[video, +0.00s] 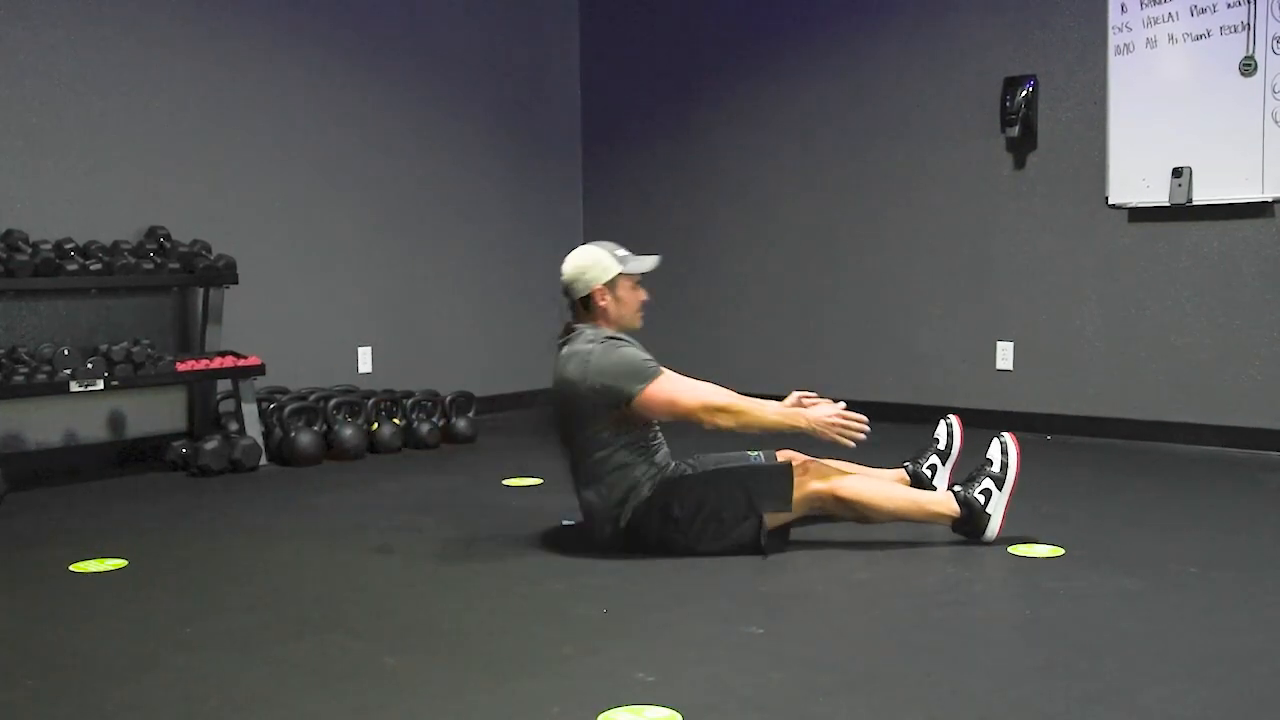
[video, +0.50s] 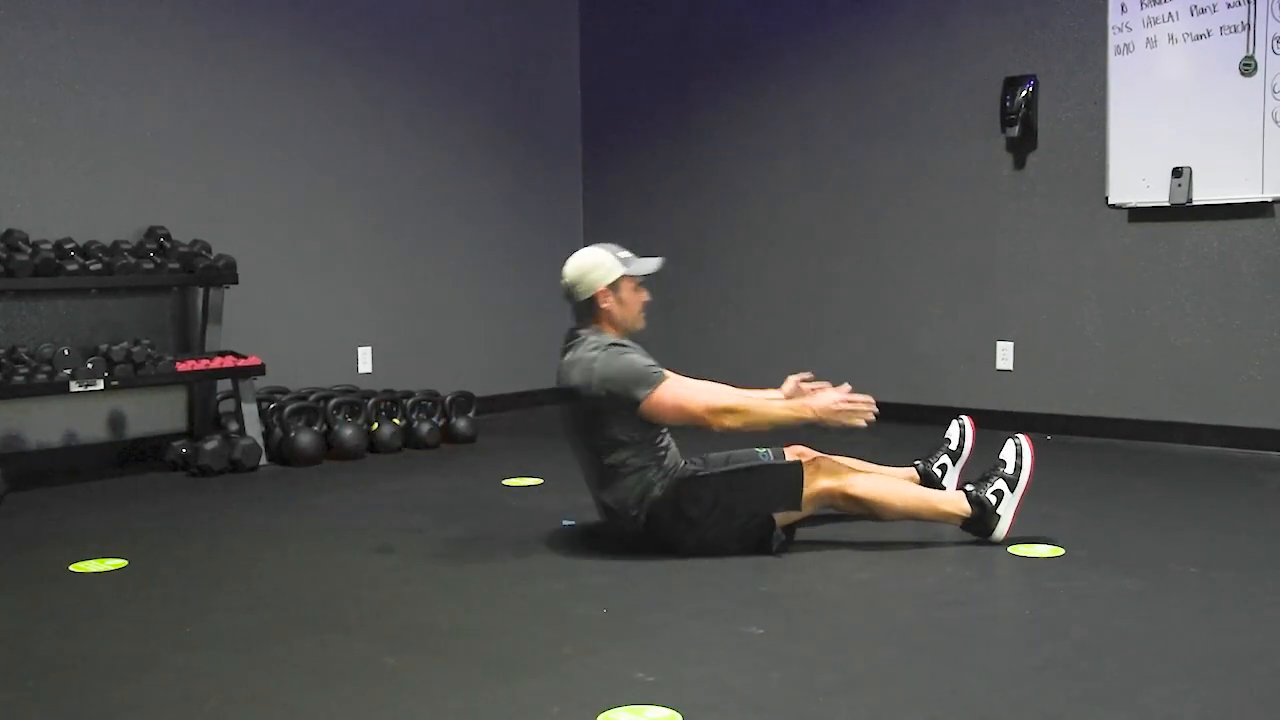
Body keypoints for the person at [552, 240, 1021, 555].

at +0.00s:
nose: (643, 294)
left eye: (638, 284)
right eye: (632, 286)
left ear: (599, 298)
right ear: (600, 299)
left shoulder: (597, 350)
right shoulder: (599, 359)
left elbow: (700, 397)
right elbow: (703, 411)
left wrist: (779, 409)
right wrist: (799, 421)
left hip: (646, 493)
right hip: (640, 510)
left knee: (798, 460)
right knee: (813, 484)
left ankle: (916, 477)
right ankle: (968, 510)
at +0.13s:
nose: (682, 289)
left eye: (679, 279)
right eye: (673, 280)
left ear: (637, 290)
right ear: (644, 288)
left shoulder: (618, 342)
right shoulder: (638, 349)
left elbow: (720, 409)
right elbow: (732, 414)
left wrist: (797, 423)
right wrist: (834, 436)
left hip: (643, 499)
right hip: (651, 510)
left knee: (806, 458)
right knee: (827, 478)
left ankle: (924, 481)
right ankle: (973, 509)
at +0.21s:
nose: (701, 290)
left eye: (699, 280)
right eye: (693, 280)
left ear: (654, 288)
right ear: (663, 287)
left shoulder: (634, 338)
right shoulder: (654, 348)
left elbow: (735, 412)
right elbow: (745, 417)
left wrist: (807, 428)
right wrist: (839, 447)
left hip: (651, 495)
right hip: (655, 508)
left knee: (820, 457)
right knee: (833, 480)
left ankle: (929, 484)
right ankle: (976, 510)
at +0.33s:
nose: (701, 292)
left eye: (698, 282)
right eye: (692, 282)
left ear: (654, 290)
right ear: (663, 288)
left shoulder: (630, 340)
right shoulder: (654, 350)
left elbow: (730, 413)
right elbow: (747, 420)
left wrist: (802, 426)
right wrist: (843, 442)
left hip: (654, 498)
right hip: (662, 510)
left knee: (823, 457)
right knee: (836, 478)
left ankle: (929, 480)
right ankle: (982, 509)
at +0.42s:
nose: (679, 291)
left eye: (675, 282)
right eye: (670, 283)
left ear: (637, 292)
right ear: (640, 292)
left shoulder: (621, 345)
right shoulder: (633, 354)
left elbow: (719, 404)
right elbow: (733, 418)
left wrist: (800, 417)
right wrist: (833, 430)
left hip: (660, 496)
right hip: (662, 508)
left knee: (811, 458)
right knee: (830, 477)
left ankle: (926, 476)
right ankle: (982, 507)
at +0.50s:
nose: (644, 295)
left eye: (639, 285)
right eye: (633, 287)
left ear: (602, 300)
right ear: (604, 300)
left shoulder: (603, 351)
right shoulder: (604, 362)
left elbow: (698, 396)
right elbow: (712, 414)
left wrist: (776, 397)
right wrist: (811, 411)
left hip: (662, 488)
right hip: (655, 507)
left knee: (807, 456)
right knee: (825, 482)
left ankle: (926, 477)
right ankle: (980, 510)